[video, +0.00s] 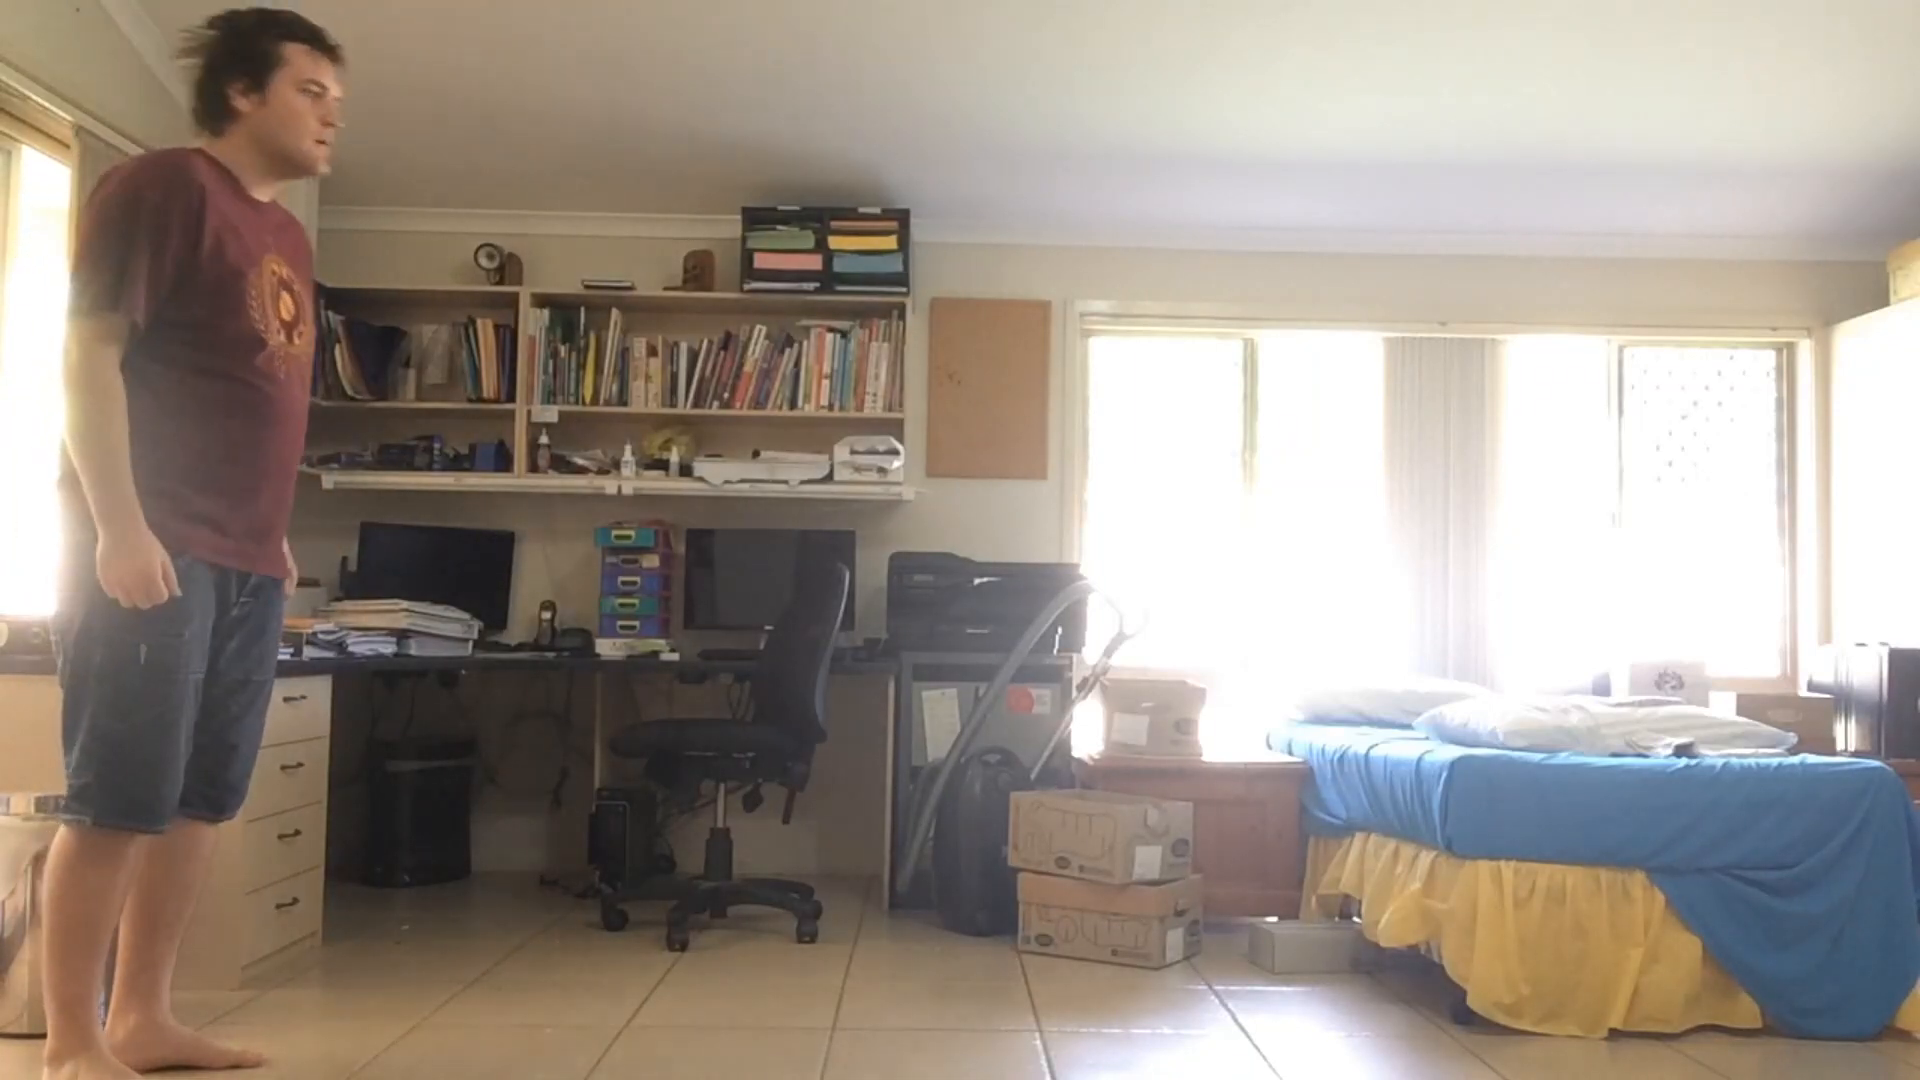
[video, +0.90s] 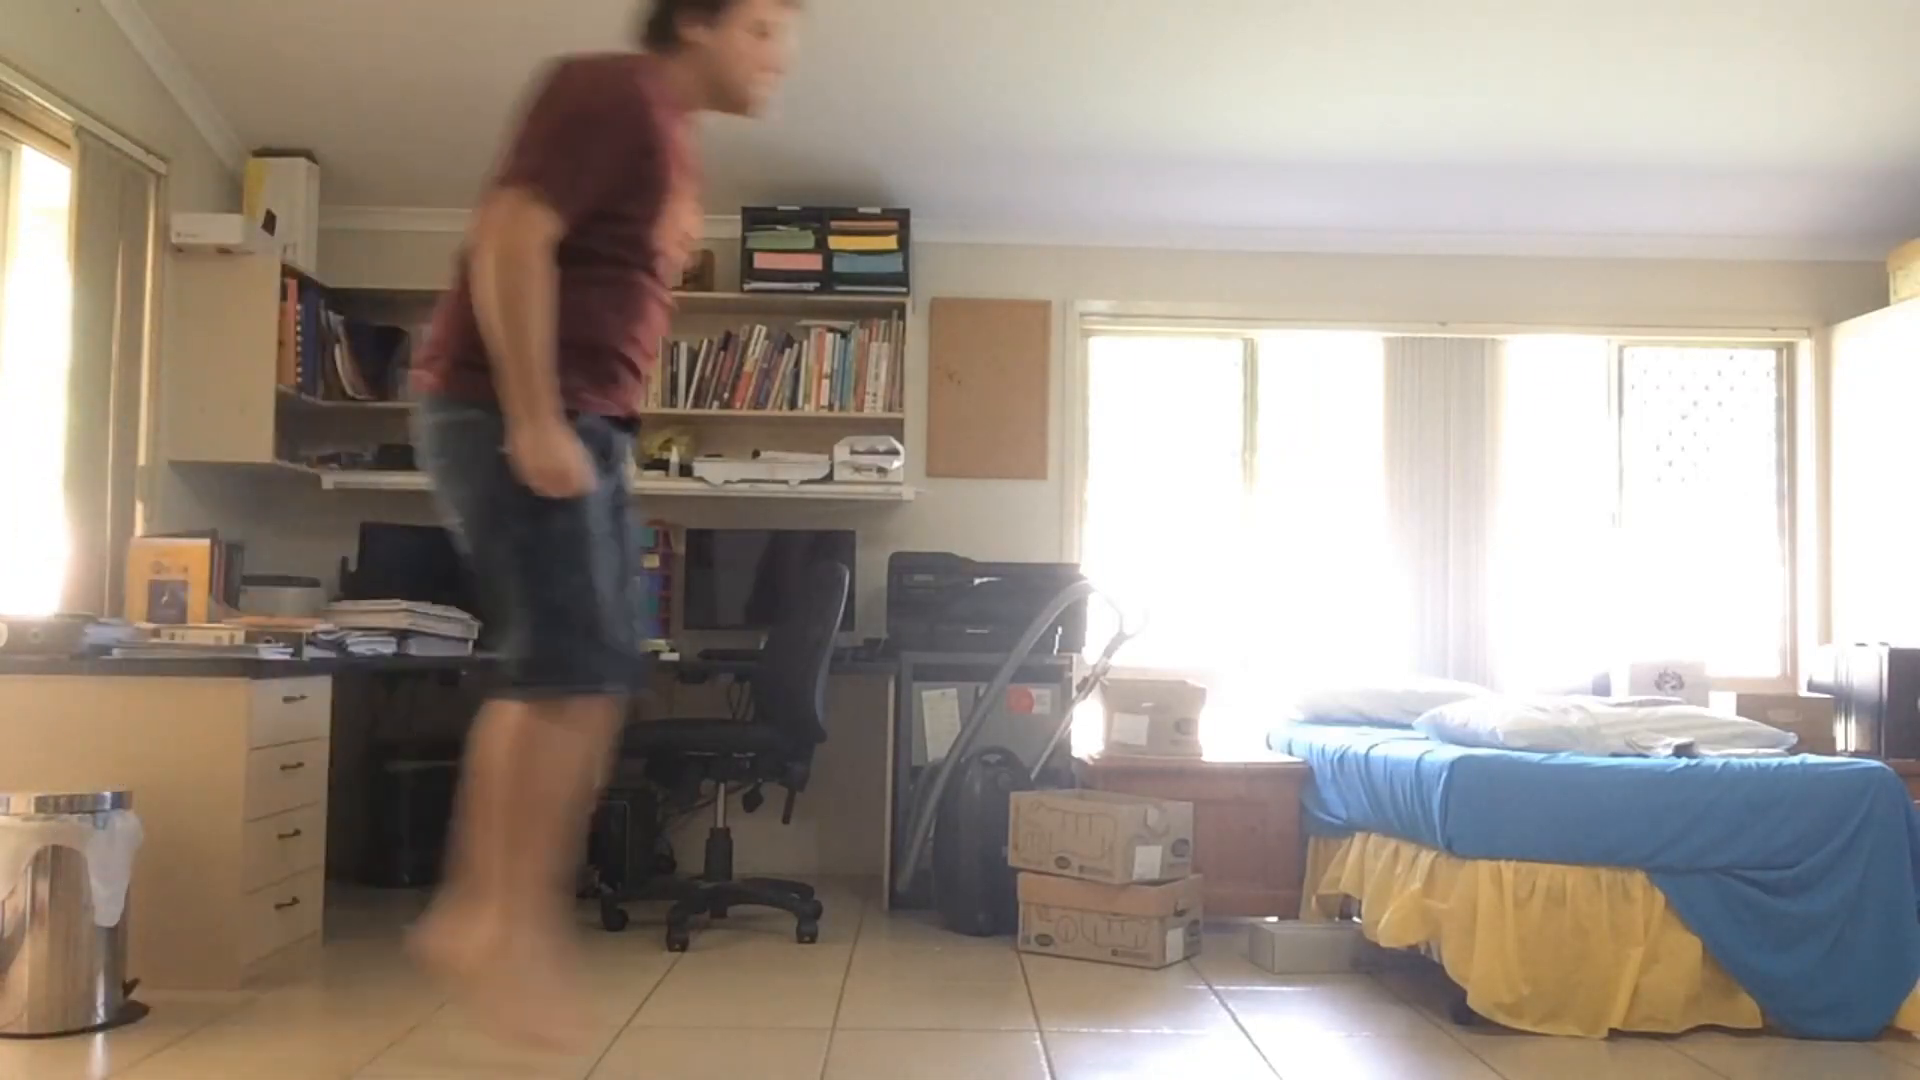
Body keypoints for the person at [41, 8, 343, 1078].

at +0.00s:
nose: (334, 114)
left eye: (338, 99)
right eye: (314, 90)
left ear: (303, 115)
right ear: (244, 93)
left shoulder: (291, 235)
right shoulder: (157, 185)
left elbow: (264, 400)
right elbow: (91, 359)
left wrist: (270, 540)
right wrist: (122, 531)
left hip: (249, 564)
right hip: (152, 551)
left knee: (194, 805)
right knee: (111, 807)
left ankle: (142, 1023)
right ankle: (69, 1047)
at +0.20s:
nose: (438, 184)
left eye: (441, 168)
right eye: (419, 159)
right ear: (347, 160)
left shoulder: (363, 293)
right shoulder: (233, 234)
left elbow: (270, 439)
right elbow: (108, 377)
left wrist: (261, 555)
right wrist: (112, 554)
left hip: (240, 575)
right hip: (139, 562)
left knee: (235, 798)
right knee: (157, 799)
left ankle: (143, 1022)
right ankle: (73, 1048)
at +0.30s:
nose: (486, 266)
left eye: (489, 247)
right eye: (469, 240)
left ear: (419, 252)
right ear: (399, 239)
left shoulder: (396, 357)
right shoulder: (278, 304)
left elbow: (281, 460)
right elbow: (119, 408)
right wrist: (100, 586)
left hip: (235, 602)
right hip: (140, 589)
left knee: (262, 808)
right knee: (195, 811)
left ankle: (144, 1027)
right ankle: (76, 1048)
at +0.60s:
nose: (538, 229)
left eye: (539, 210)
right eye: (520, 208)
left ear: (500, 223)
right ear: (454, 217)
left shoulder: (486, 342)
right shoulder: (375, 316)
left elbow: (407, 472)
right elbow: (242, 430)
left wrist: (359, 594)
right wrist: (210, 609)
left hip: (351, 633)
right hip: (268, 625)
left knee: (333, 858)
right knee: (283, 856)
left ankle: (156, 1019)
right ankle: (92, 1032)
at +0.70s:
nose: (569, 117)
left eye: (574, 100)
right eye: (553, 94)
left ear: (523, 109)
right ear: (486, 94)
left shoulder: (516, 220)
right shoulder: (406, 181)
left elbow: (501, 354)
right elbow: (301, 305)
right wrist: (326, 476)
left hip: (461, 544)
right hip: (383, 535)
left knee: (332, 786)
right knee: (282, 774)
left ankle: (215, 980)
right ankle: (137, 985)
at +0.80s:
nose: (659, 54)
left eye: (662, 34)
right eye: (646, 29)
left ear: (595, 32)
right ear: (582, 23)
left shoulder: (570, 132)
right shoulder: (490, 103)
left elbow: (507, 272)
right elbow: (405, 242)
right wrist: (444, 422)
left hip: (532, 452)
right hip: (467, 446)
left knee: (470, 694)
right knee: (460, 695)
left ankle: (280, 897)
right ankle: (295, 918)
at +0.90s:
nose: (781, 58)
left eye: (785, 36)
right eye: (767, 31)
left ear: (728, 32)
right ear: (703, 24)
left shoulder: (669, 136)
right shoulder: (607, 90)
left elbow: (596, 281)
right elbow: (511, 235)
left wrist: (600, 426)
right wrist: (535, 420)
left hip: (574, 426)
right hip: (515, 421)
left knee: (558, 664)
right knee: (578, 669)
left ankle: (479, 915)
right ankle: (510, 938)